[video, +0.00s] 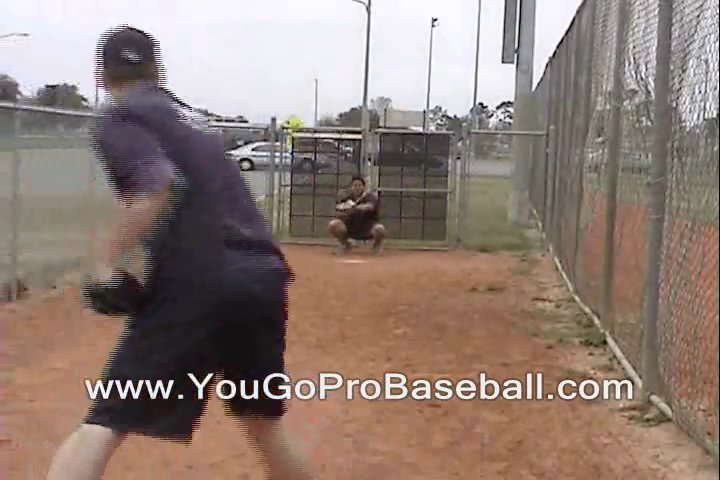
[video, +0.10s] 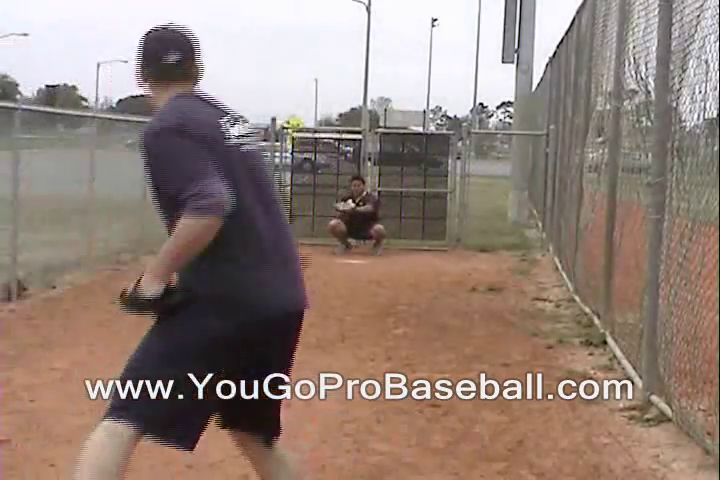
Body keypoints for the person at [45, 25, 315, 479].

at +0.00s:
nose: (98, 77)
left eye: (98, 69)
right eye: (101, 68)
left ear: (103, 74)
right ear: (157, 69)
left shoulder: (120, 121)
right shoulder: (191, 118)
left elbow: (158, 180)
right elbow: (210, 211)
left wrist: (110, 261)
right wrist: (149, 282)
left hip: (197, 280)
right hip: (264, 274)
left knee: (106, 423)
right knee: (266, 423)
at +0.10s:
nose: (141, 79)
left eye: (140, 71)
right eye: (144, 71)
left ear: (145, 76)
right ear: (196, 70)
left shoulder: (169, 127)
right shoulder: (227, 117)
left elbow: (210, 205)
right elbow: (257, 209)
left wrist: (160, 268)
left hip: (223, 302)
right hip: (280, 299)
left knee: (123, 421)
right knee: (252, 429)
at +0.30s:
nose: (179, 14)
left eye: (179, 10)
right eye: (185, 10)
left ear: (184, 8)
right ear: (234, 8)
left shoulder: (183, 52)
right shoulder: (281, 60)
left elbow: (198, 128)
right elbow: (345, 133)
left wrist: (149, 183)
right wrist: (381, 186)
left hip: (217, 243)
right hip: (287, 244)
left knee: (177, 376)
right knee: (284, 377)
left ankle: (207, 473)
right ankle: (307, 474)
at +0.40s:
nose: (189, 15)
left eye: (188, 11)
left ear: (194, 9)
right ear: (244, 8)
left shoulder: (184, 52)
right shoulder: (294, 63)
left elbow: (190, 123)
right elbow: (359, 135)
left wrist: (141, 185)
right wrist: (400, 189)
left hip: (216, 240)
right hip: (286, 240)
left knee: (212, 379)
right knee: (276, 367)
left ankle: (243, 473)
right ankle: (305, 473)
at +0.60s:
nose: (204, 60)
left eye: (201, 54)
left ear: (199, 56)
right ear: (251, 55)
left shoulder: (181, 119)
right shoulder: (295, 114)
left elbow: (163, 206)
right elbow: (348, 197)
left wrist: (144, 258)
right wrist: (384, 263)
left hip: (218, 296)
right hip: (289, 291)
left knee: (217, 412)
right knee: (288, 410)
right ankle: (304, 477)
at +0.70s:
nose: (191, 50)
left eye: (190, 44)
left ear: (192, 45)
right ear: (243, 44)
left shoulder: (170, 107)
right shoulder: (287, 99)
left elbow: (153, 200)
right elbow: (324, 193)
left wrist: (155, 235)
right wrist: (334, 258)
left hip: (206, 284)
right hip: (279, 280)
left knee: (181, 378)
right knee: (287, 403)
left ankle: (216, 470)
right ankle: (306, 474)